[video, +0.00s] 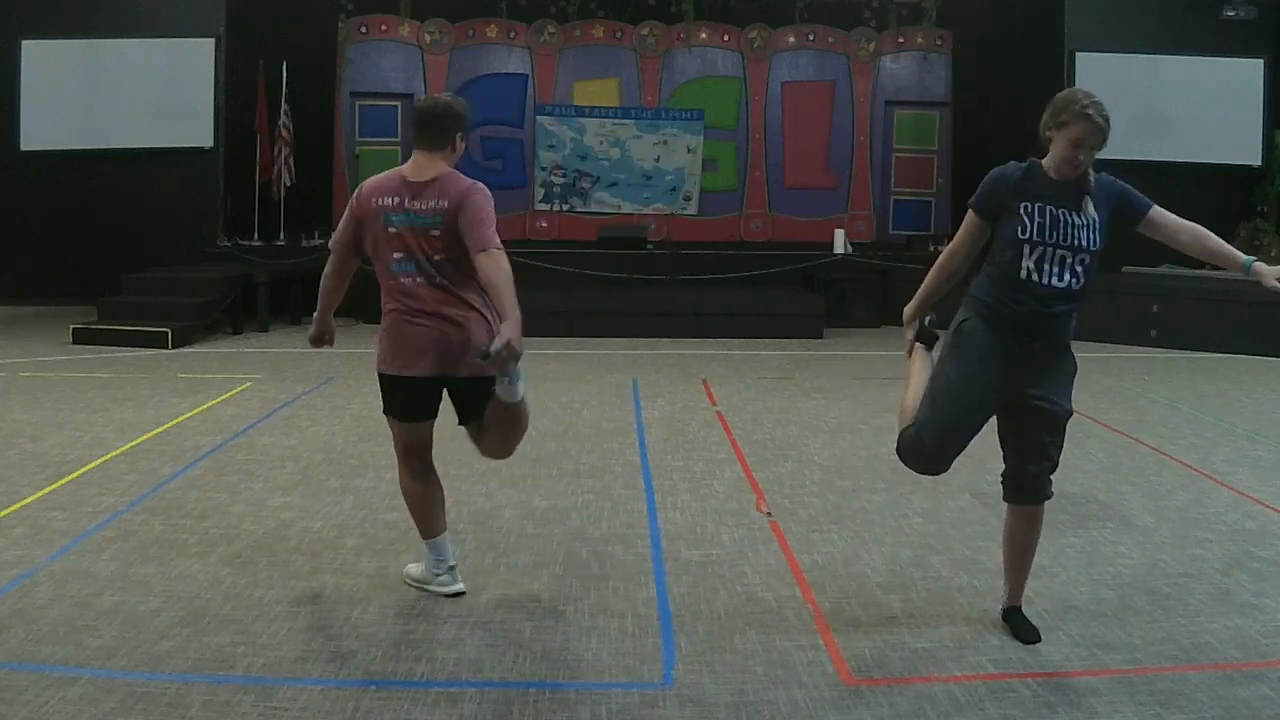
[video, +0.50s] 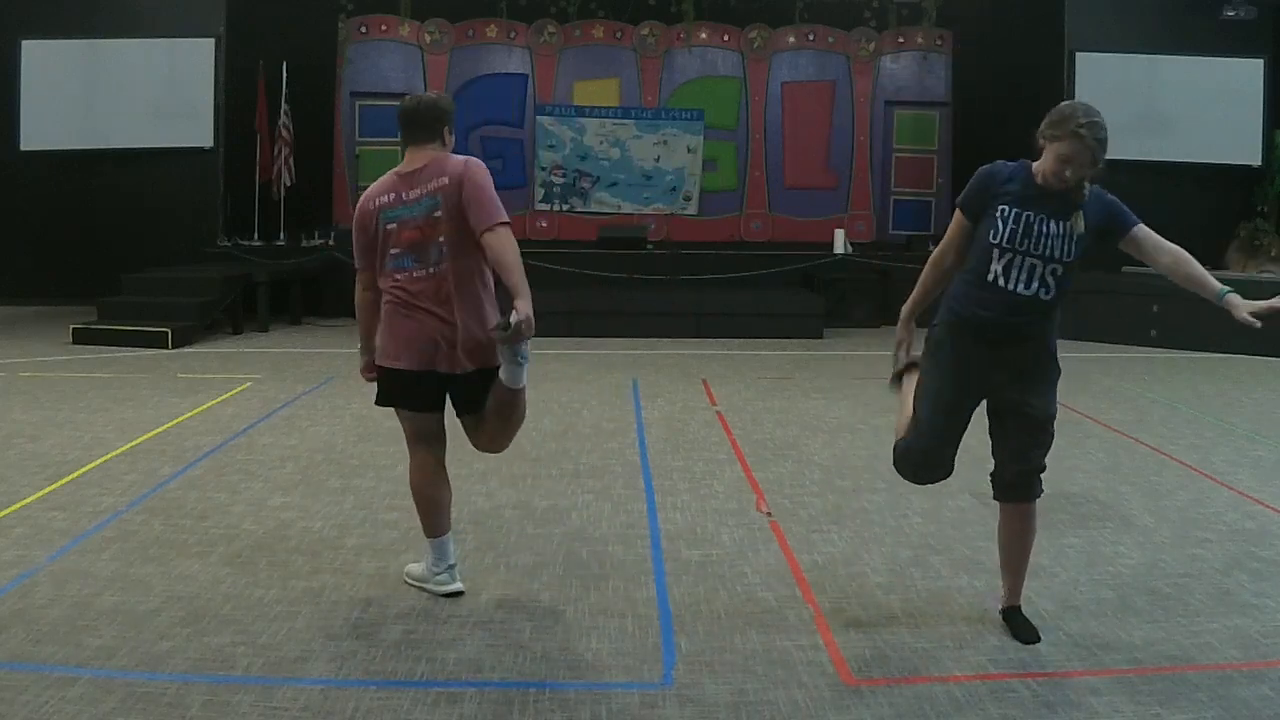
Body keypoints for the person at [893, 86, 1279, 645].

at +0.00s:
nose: (1083, 160)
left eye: (1092, 151)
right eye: (1074, 147)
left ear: (1100, 147)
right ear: (1047, 135)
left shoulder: (1109, 195)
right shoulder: (1007, 183)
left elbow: (1182, 232)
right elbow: (957, 253)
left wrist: (1254, 267)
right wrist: (915, 310)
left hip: (1048, 357)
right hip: (985, 343)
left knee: (1030, 484)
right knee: (922, 456)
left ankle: (1012, 605)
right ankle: (921, 345)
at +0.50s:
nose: (1069, 178)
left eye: (1081, 171)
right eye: (1063, 164)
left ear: (1093, 166)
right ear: (1042, 143)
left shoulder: (1097, 207)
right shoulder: (993, 181)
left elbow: (1162, 253)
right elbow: (946, 255)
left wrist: (1230, 299)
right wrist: (907, 316)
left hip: (1028, 354)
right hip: (959, 342)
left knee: (1019, 482)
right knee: (920, 467)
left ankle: (1011, 604)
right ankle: (911, 377)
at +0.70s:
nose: (1032, 175)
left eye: (1044, 167)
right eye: (1025, 163)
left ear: (1059, 160)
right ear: (1003, 145)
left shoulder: (1068, 201)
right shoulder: (963, 185)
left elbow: (1119, 264)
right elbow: (902, 251)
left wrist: (1163, 322)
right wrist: (835, 305)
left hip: (1017, 361)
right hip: (945, 353)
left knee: (1015, 484)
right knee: (914, 473)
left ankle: (1012, 605)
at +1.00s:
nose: (954, 165)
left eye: (962, 155)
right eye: (947, 153)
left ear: (970, 150)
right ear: (922, 139)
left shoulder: (979, 192)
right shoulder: (881, 186)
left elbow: (1023, 267)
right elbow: (811, 214)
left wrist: (1068, 340)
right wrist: (743, 237)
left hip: (982, 359)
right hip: (908, 364)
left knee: (1010, 476)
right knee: (902, 491)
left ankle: (1016, 576)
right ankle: (884, 605)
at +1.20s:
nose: (931, 150)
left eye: (939, 139)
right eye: (922, 137)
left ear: (945, 136)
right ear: (893, 129)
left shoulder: (949, 186)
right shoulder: (861, 175)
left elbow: (982, 256)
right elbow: (799, 175)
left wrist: (1024, 321)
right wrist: (739, 166)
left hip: (960, 343)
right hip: (888, 360)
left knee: (1035, 441)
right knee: (887, 492)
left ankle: (1027, 406)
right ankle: (881, 610)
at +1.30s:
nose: (925, 145)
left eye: (932, 135)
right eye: (915, 133)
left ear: (939, 133)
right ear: (886, 128)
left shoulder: (939, 184)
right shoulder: (854, 172)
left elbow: (958, 254)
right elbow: (792, 163)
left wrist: (982, 319)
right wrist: (732, 143)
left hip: (954, 343)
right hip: (881, 362)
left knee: (1041, 421)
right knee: (883, 491)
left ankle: (1008, 369)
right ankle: (880, 609)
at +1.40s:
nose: (916, 142)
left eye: (924, 133)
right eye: (908, 129)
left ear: (929, 133)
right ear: (878, 122)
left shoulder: (922, 180)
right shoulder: (846, 171)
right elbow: (788, 160)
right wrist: (728, 129)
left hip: (949, 339)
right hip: (878, 358)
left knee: (1043, 411)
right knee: (878, 490)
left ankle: (999, 355)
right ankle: (878, 608)